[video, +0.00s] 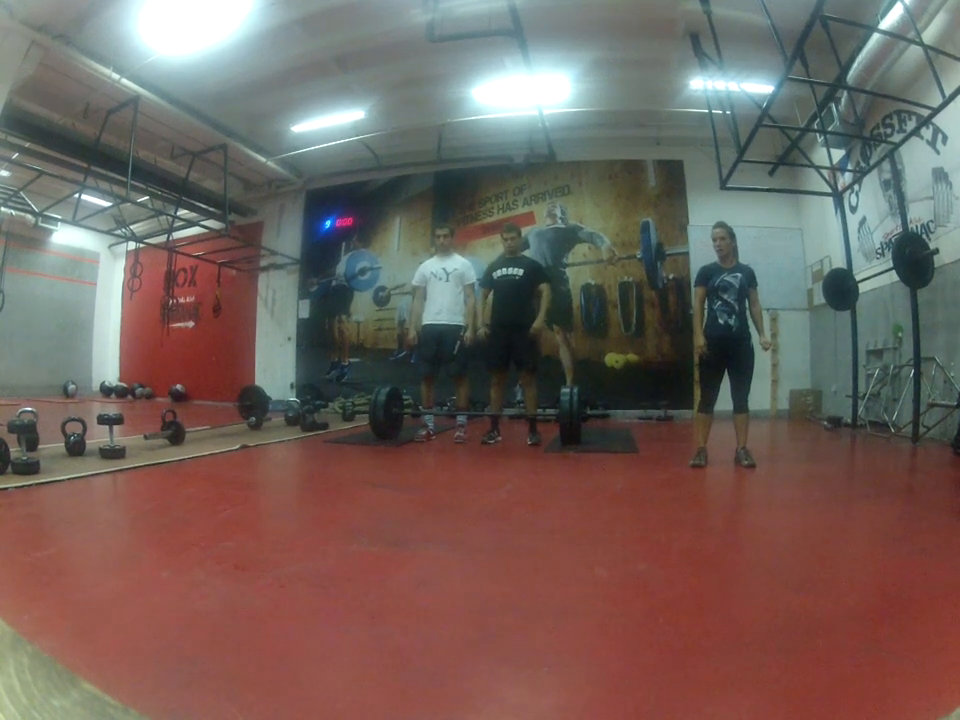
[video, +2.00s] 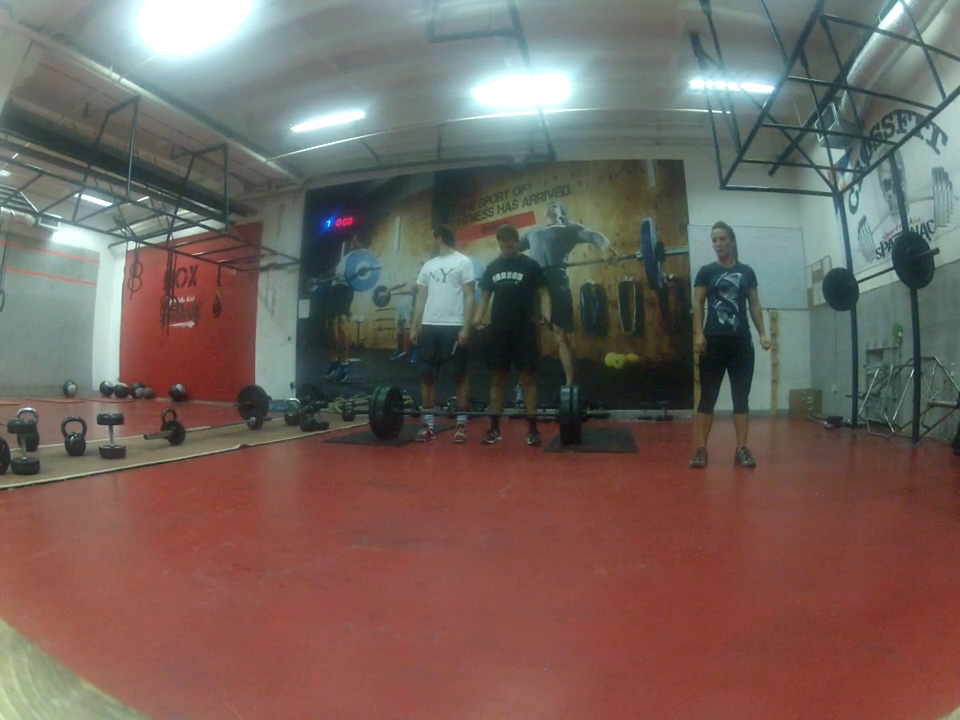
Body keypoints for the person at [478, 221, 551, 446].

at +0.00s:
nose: (509, 243)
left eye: (513, 239)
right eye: (506, 240)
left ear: (521, 240)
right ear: (501, 241)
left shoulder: (533, 265)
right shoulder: (494, 266)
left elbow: (546, 292)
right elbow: (483, 297)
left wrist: (540, 319)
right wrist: (481, 324)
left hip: (525, 329)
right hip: (499, 329)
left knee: (528, 378)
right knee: (497, 378)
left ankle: (533, 429)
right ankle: (494, 428)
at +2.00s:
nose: (507, 248)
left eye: (510, 244)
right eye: (503, 244)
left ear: (518, 243)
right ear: (498, 244)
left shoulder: (531, 266)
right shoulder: (493, 267)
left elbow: (543, 294)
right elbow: (484, 298)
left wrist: (545, 318)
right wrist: (478, 321)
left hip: (525, 329)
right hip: (499, 329)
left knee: (527, 377)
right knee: (498, 377)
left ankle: (533, 428)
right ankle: (494, 428)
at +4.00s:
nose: (491, 246)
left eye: (494, 242)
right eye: (491, 242)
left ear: (507, 241)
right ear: (497, 242)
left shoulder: (528, 265)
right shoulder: (491, 267)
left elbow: (541, 294)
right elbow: (483, 298)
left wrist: (544, 324)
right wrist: (482, 325)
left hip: (524, 329)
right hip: (497, 330)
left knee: (527, 377)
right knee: (497, 378)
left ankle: (533, 428)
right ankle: (495, 428)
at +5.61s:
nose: (505, 250)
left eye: (508, 246)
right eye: (501, 246)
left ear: (514, 242)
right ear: (496, 244)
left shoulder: (530, 264)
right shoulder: (490, 267)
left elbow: (542, 294)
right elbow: (484, 300)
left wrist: (544, 324)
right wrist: (485, 329)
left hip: (527, 329)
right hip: (500, 329)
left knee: (529, 377)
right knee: (499, 377)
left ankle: (533, 428)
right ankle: (495, 428)